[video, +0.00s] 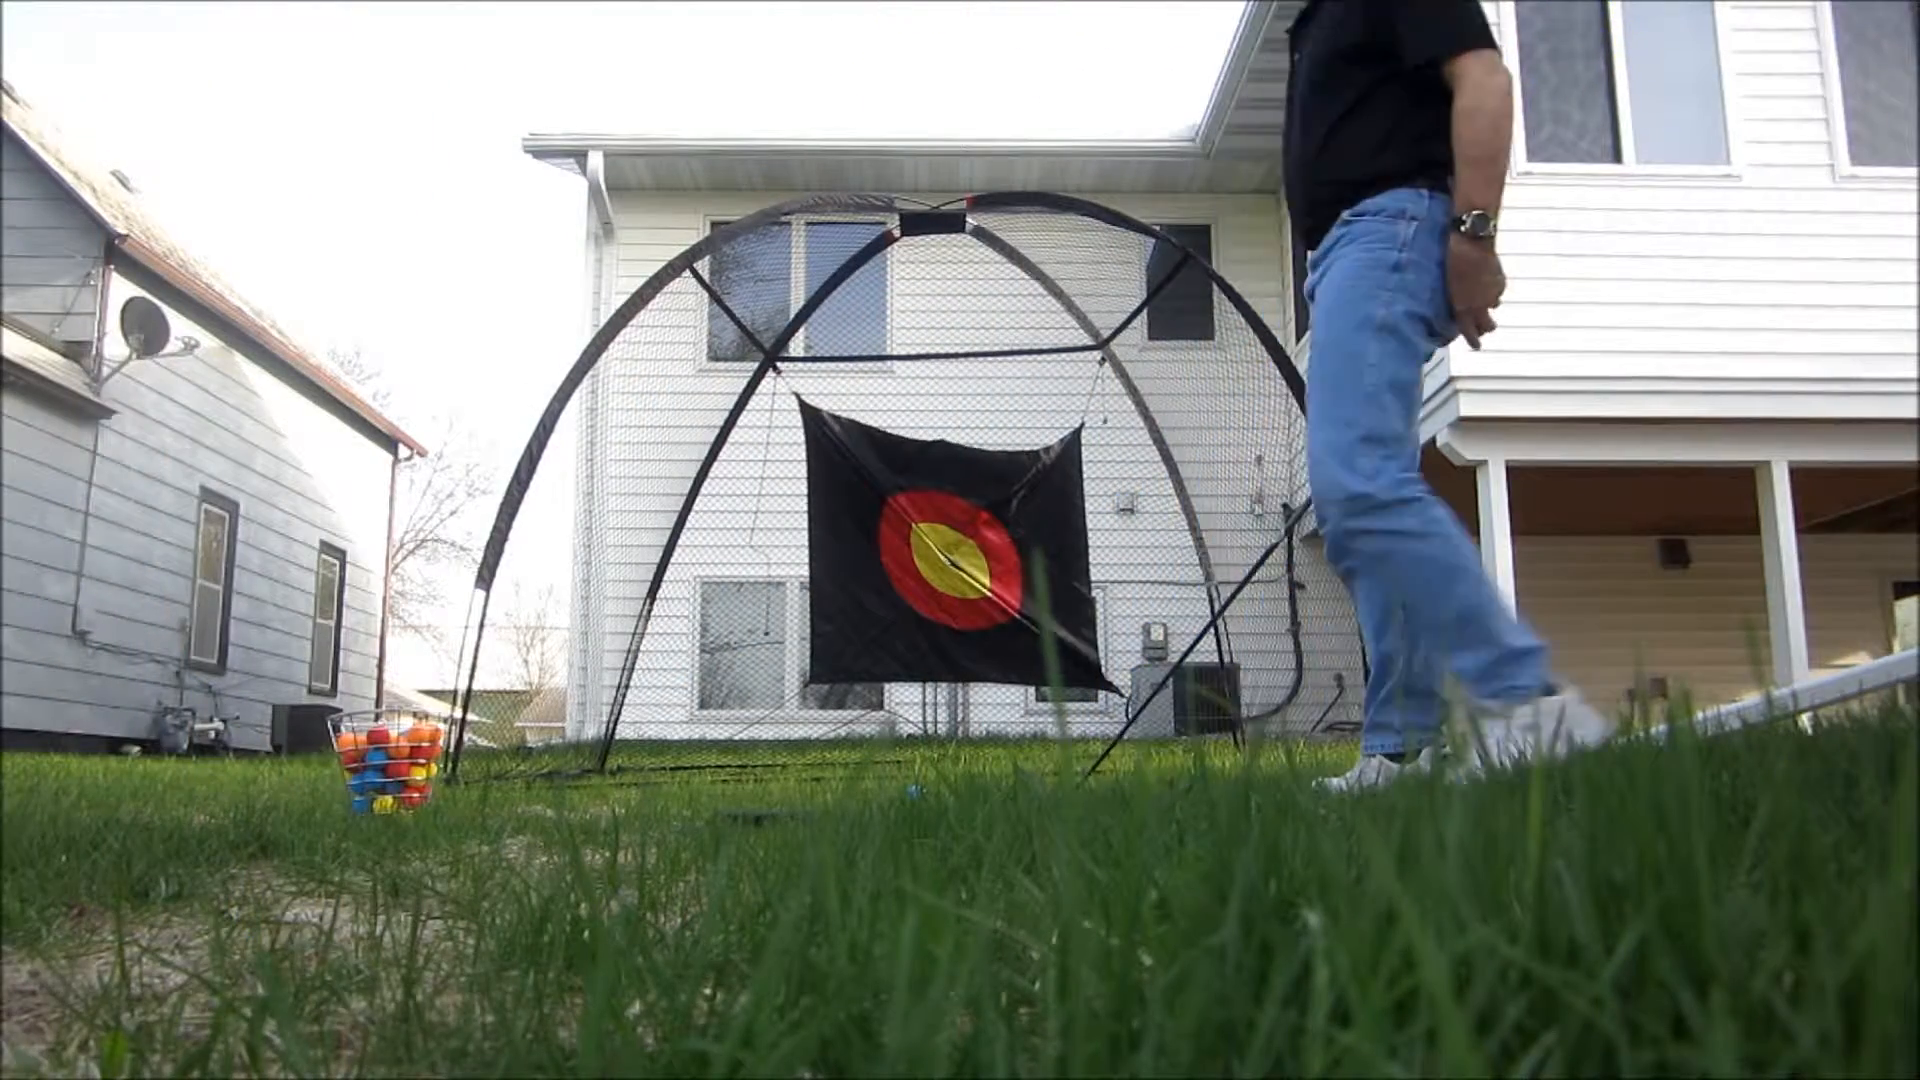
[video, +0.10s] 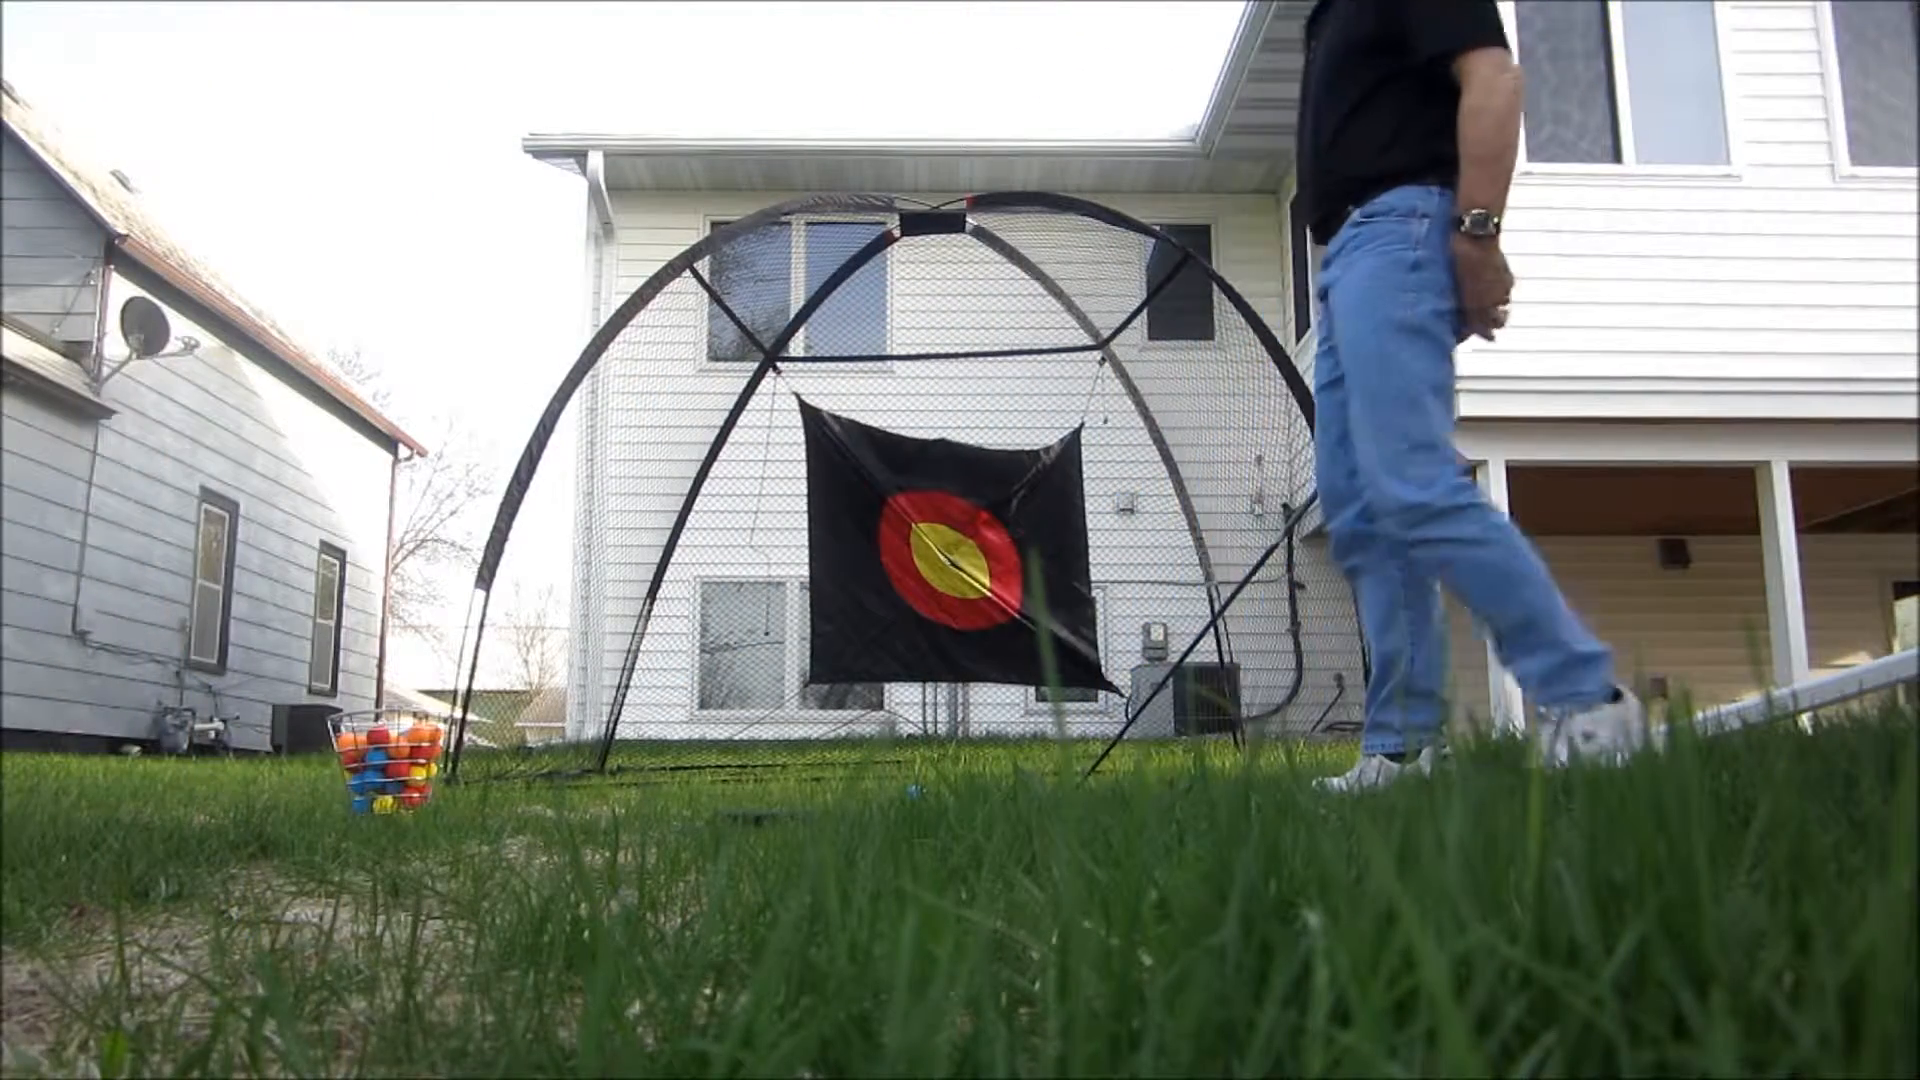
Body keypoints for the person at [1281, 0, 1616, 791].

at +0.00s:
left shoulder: (1403, 0)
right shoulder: (1318, 22)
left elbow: (1484, 77)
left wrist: (1473, 234)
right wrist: (1319, 257)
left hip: (1389, 227)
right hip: (1346, 246)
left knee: (1363, 489)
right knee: (1357, 506)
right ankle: (1403, 749)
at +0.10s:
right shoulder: (1331, 18)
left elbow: (1493, 79)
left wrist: (1477, 232)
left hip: (1401, 230)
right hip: (1347, 249)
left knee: (1414, 490)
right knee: (1358, 512)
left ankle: (1588, 704)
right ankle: (1403, 748)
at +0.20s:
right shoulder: (1362, 15)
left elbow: (1511, 64)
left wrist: (1493, 228)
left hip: (1423, 221)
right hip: (1368, 243)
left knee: (1483, 488)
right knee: (1373, 509)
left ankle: (1606, 724)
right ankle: (1404, 748)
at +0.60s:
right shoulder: (1439, 17)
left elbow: (1559, 29)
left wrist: (1540, 211)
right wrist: (1451, 261)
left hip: (1513, 199)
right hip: (1461, 213)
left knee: (1564, 482)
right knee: (1427, 486)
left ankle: (1619, 731)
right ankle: (1424, 730)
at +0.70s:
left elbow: (1548, 23)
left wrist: (1523, 209)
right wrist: (1464, 243)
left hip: (1524, 194)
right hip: (1479, 201)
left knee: (1569, 481)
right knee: (1435, 479)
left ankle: (1618, 730)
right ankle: (1453, 725)